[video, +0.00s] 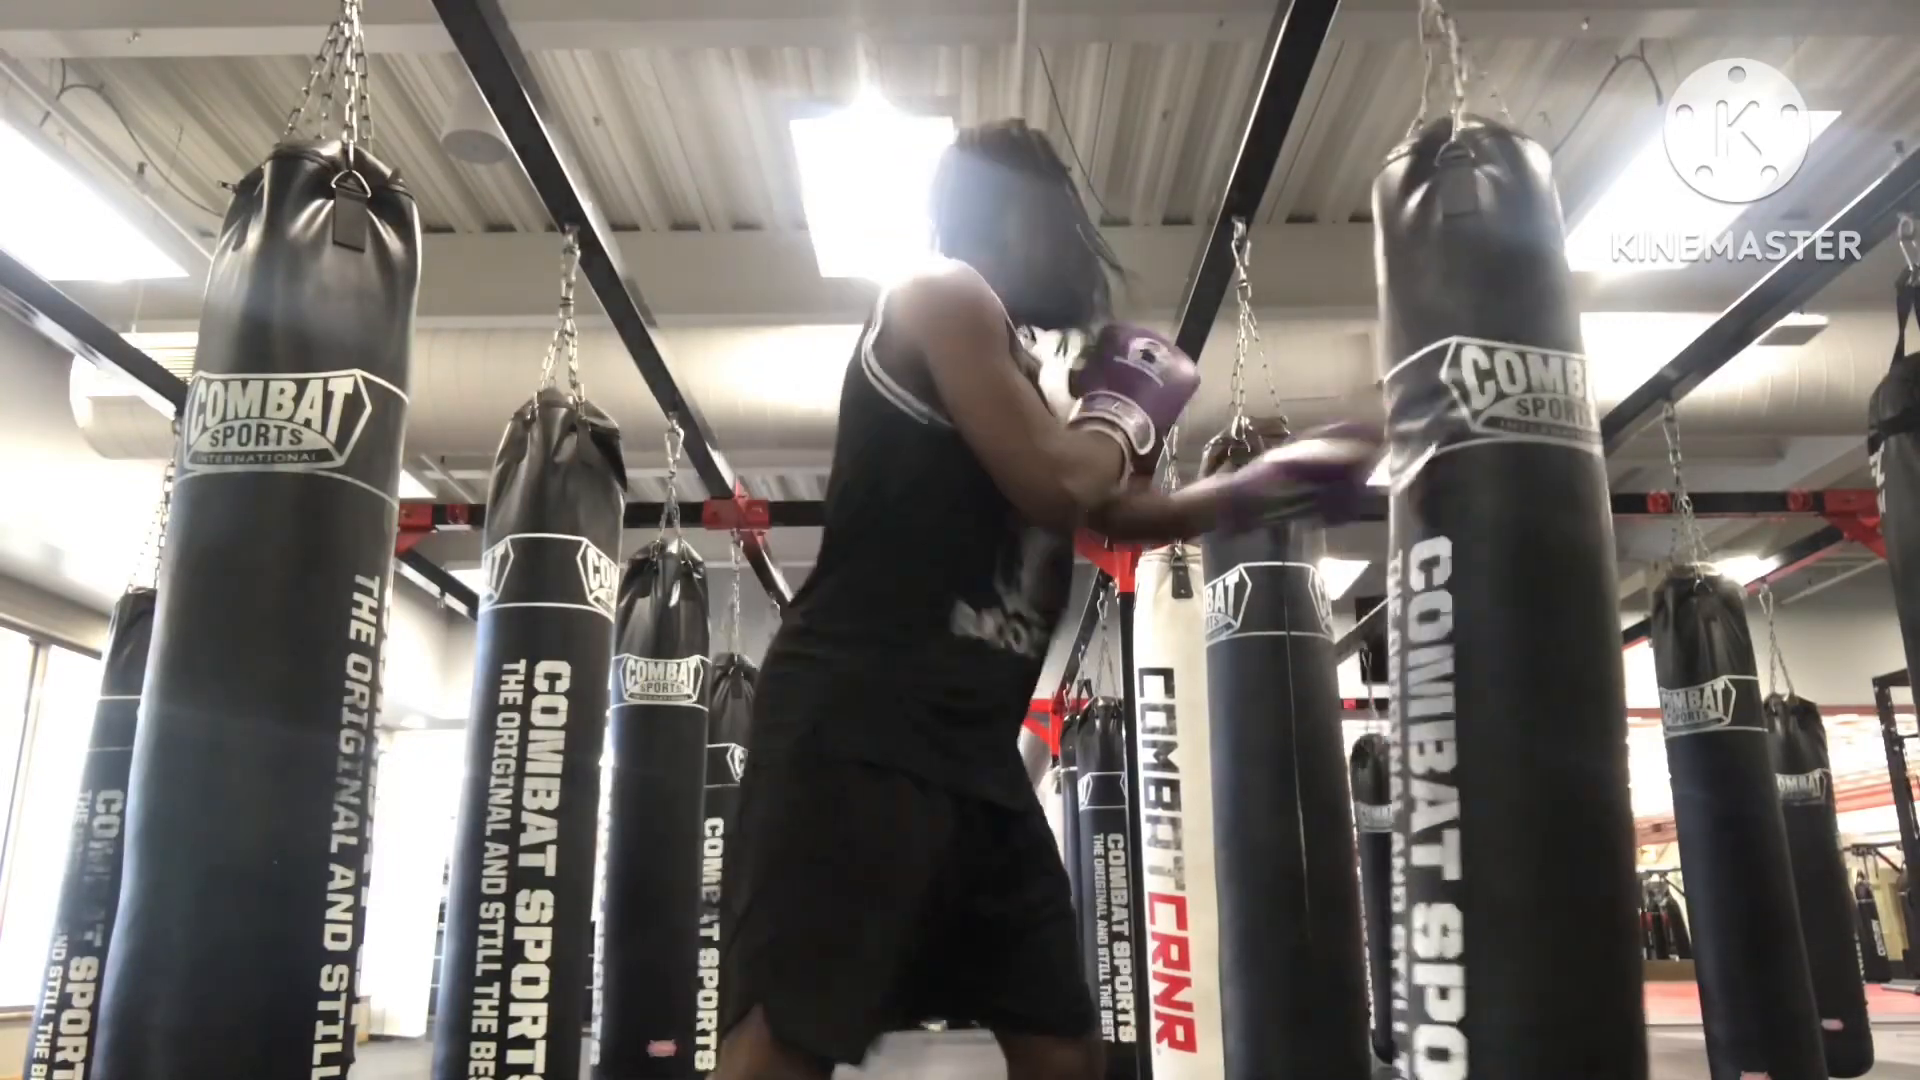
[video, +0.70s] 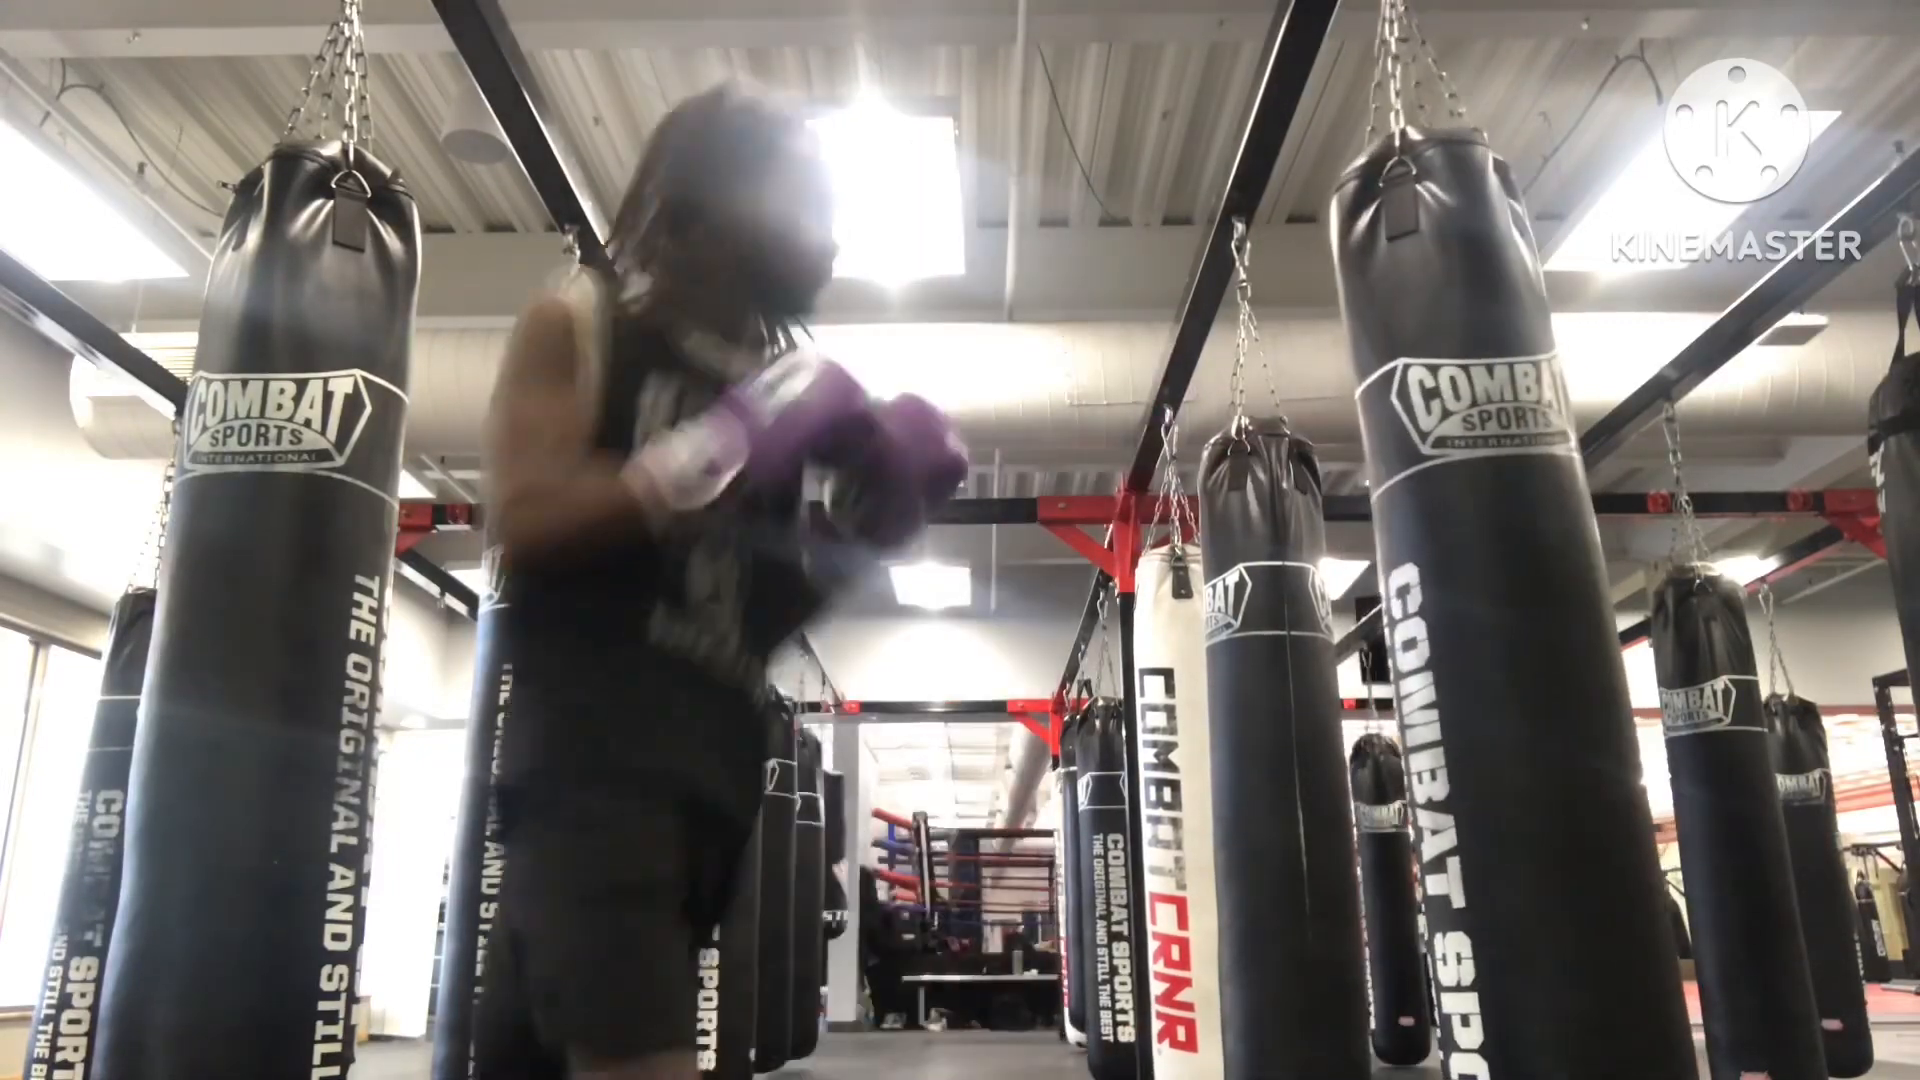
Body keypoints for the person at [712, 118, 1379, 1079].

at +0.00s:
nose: (1082, 231)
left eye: (1077, 208)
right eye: (1060, 204)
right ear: (1007, 209)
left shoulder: (1021, 369)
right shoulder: (943, 296)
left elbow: (1123, 512)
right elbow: (1054, 484)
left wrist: (1260, 483)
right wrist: (1123, 406)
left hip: (969, 743)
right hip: (853, 725)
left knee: (1058, 1047)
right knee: (780, 1043)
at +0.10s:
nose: (1081, 249)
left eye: (1078, 221)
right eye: (1062, 217)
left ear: (981, 211)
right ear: (1005, 210)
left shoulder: (979, 345)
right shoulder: (946, 298)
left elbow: (1034, 546)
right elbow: (1046, 497)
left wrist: (1143, 503)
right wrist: (1105, 412)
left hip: (960, 751)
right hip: (854, 732)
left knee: (1052, 1049)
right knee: (760, 1042)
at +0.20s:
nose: (1042, 258)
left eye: (1041, 230)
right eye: (1025, 226)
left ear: (938, 213)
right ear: (975, 215)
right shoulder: (913, 298)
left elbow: (985, 505)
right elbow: (1001, 497)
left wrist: (1070, 457)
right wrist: (1066, 429)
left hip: (925, 757)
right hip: (826, 743)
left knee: (1035, 1050)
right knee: (732, 1042)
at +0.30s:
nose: (975, 255)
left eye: (973, 231)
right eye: (962, 228)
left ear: (867, 218)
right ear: (919, 219)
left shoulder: (827, 313)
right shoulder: (851, 300)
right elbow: (941, 515)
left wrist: (984, 428)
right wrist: (1016, 431)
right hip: (795, 755)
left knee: (1003, 1039)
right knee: (755, 1045)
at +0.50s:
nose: (859, 226)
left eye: (852, 197)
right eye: (840, 194)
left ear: (756, 199)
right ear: (786, 196)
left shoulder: (735, 313)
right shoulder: (722, 289)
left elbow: (808, 504)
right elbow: (812, 485)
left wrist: (884, 422)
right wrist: (909, 440)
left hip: (753, 765)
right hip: (675, 776)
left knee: (906, 1032)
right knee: (703, 1053)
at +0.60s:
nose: (825, 195)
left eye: (821, 168)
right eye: (806, 165)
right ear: (745, 170)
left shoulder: (741, 340)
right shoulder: (641, 255)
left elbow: (737, 560)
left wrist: (867, 483)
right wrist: (829, 397)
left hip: (725, 720)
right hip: (624, 721)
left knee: (759, 1030)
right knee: (668, 1043)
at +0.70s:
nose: (826, 230)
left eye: (824, 198)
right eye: (798, 192)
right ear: (696, 201)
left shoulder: (778, 386)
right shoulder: (577, 324)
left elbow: (755, 614)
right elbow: (523, 521)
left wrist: (876, 509)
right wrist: (699, 458)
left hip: (708, 776)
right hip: (583, 767)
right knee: (642, 1060)